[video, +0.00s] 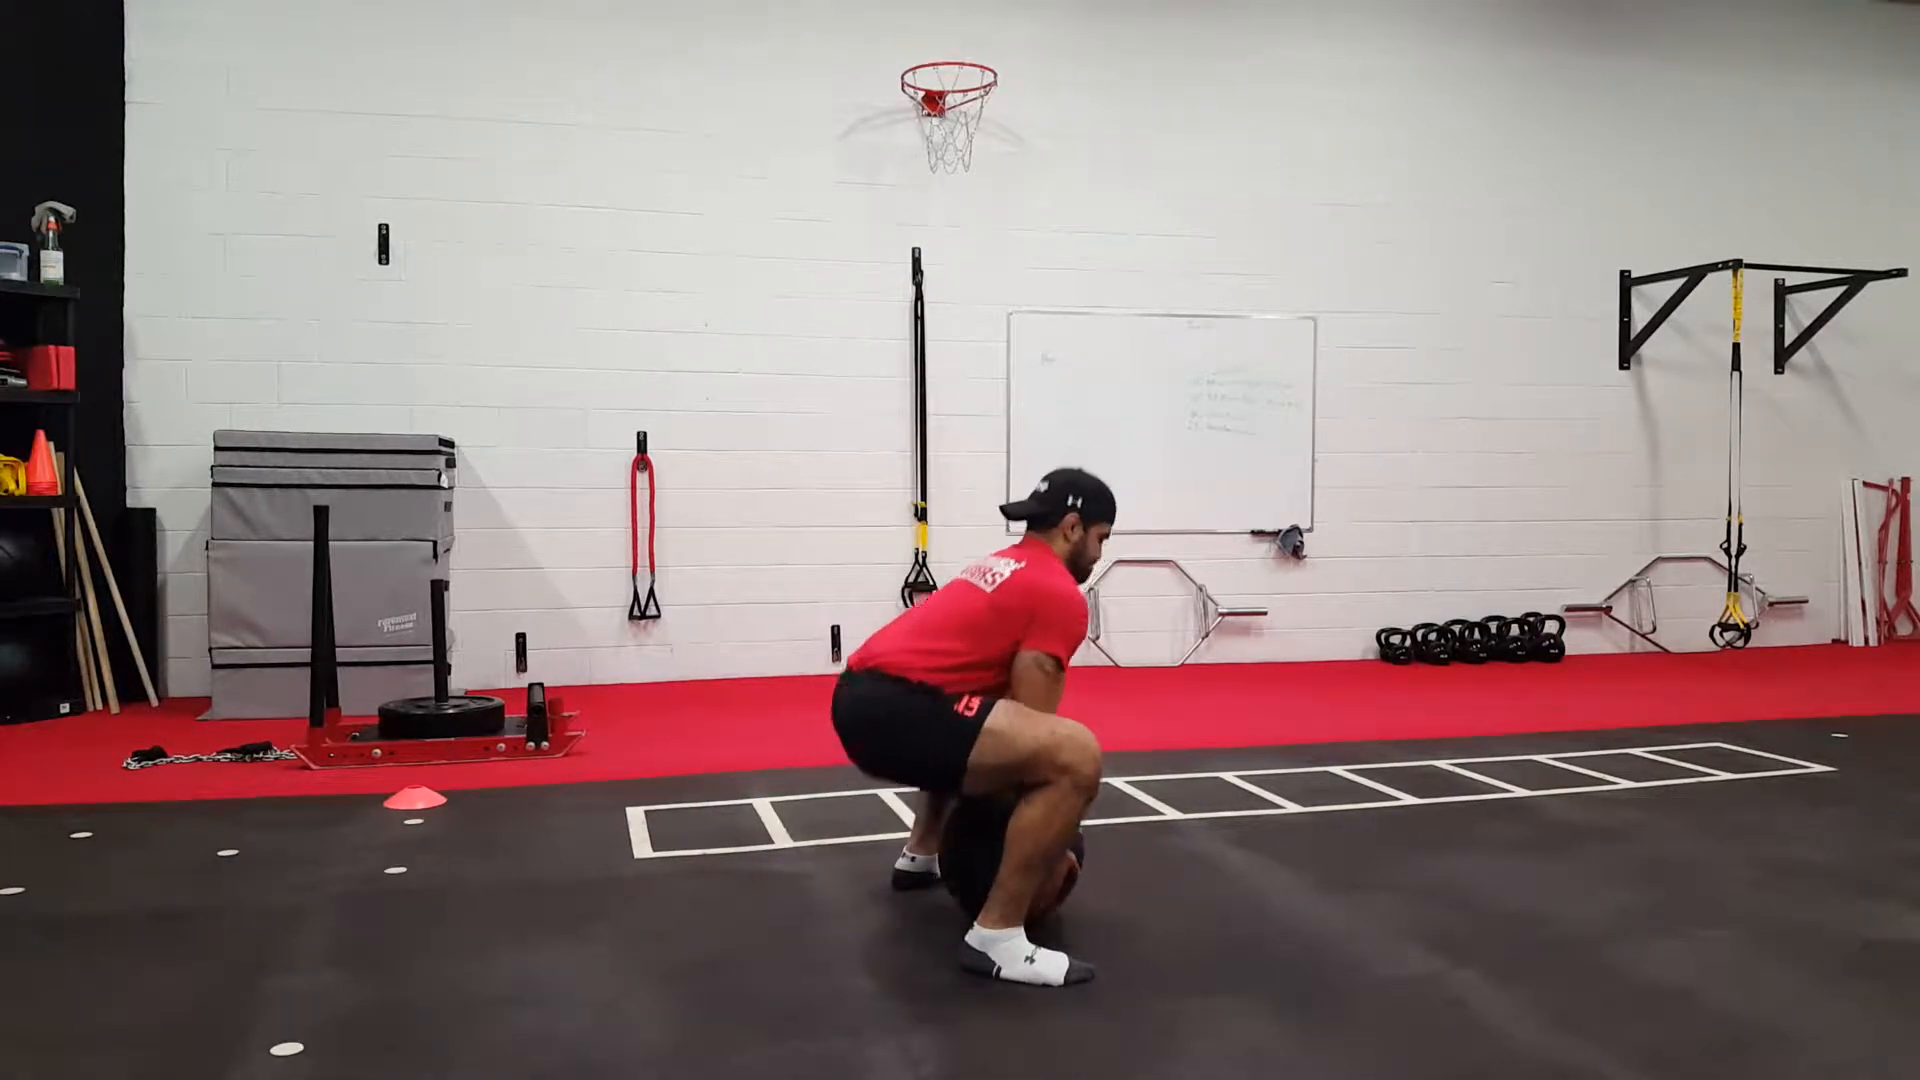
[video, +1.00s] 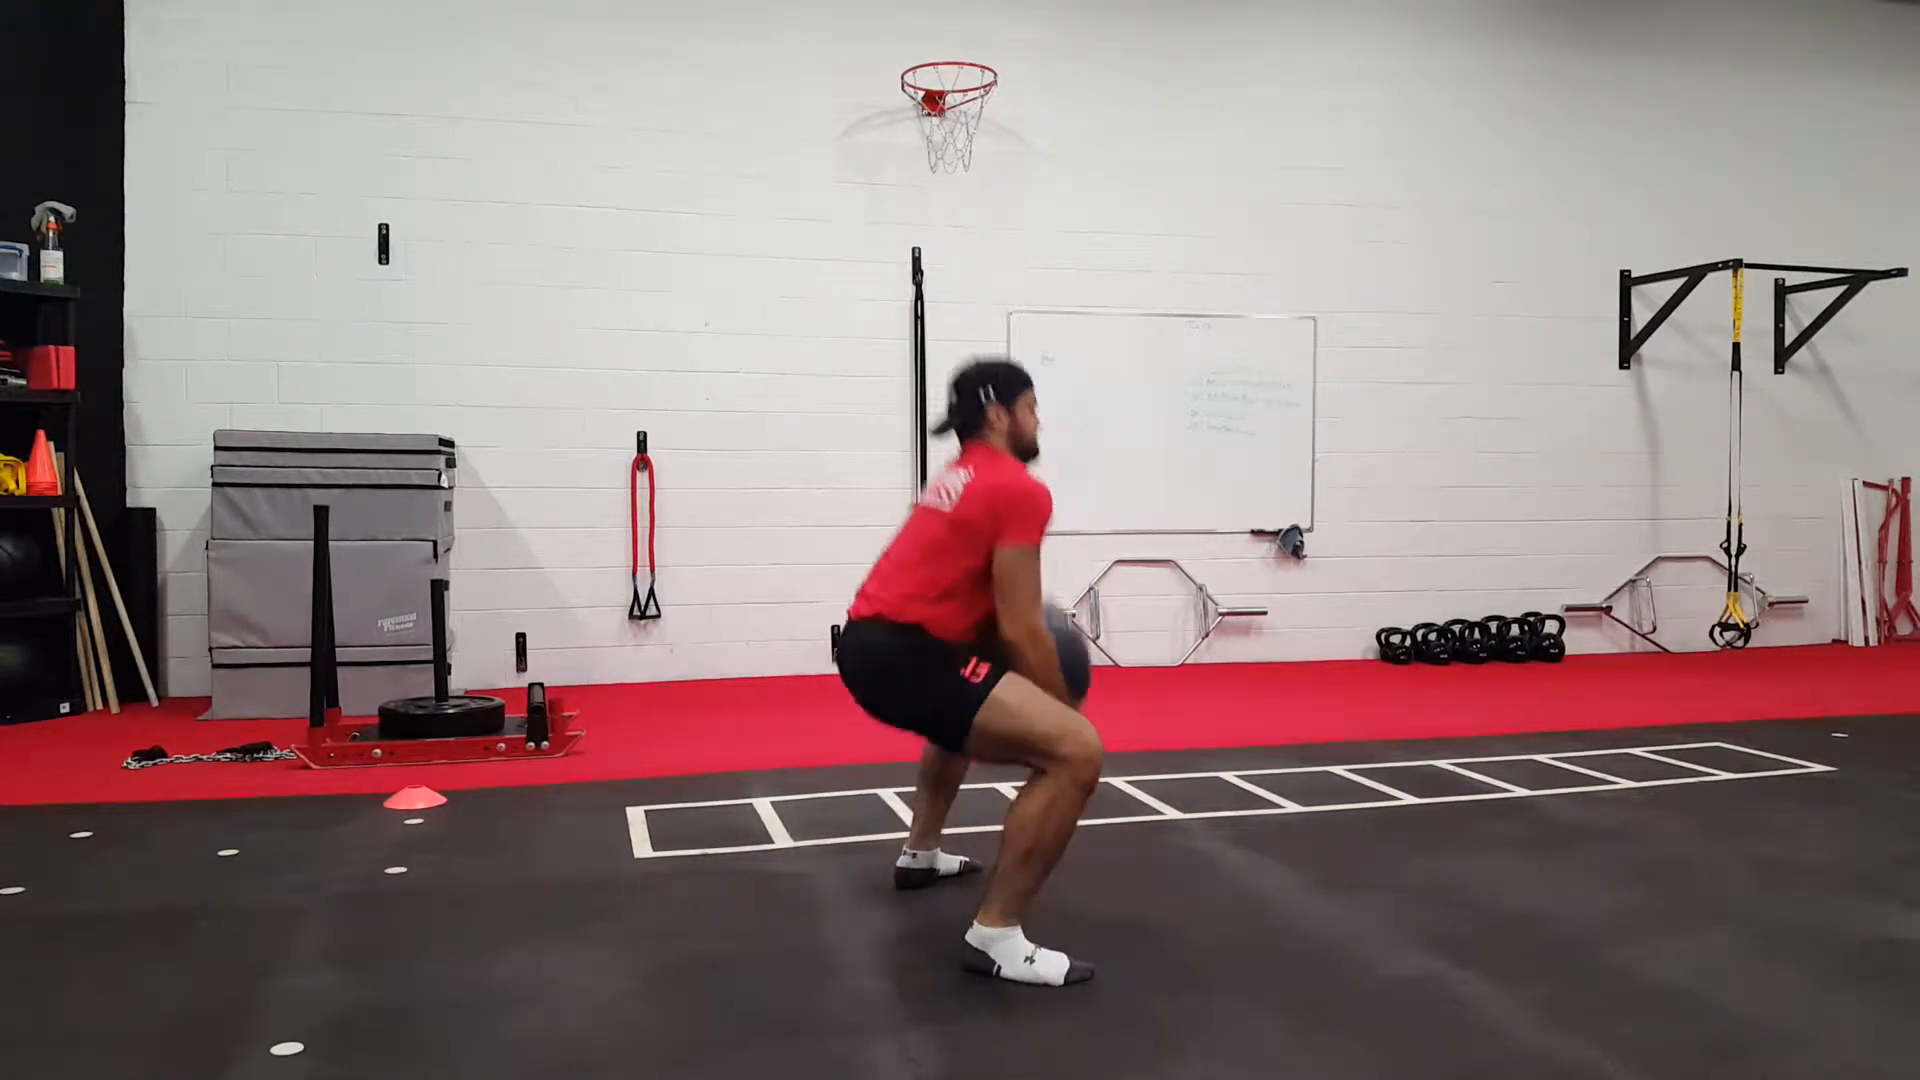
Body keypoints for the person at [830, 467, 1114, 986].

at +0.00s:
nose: (1101, 552)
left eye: (1105, 540)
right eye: (1102, 537)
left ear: (1054, 525)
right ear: (1072, 528)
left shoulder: (1006, 562)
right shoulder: (1057, 593)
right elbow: (1033, 737)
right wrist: (1055, 845)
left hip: (863, 698)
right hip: (897, 712)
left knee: (980, 716)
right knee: (1074, 757)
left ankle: (923, 851)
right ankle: (996, 934)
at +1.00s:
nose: (1038, 420)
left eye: (1035, 407)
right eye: (1031, 408)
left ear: (985, 417)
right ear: (998, 415)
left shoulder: (957, 474)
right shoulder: (1017, 490)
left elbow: (969, 611)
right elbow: (1021, 627)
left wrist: (1033, 659)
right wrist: (1060, 714)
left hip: (866, 641)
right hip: (905, 652)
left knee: (980, 698)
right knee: (1076, 755)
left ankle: (922, 849)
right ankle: (997, 931)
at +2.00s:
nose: (1010, 473)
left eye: (1005, 461)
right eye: (1000, 463)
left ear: (962, 483)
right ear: (969, 480)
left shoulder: (932, 544)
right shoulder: (985, 568)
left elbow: (975, 658)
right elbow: (1067, 697)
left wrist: (1078, 688)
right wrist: (1109, 708)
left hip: (876, 720)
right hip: (914, 730)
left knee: (995, 707)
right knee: (1096, 758)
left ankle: (925, 850)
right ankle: (1011, 929)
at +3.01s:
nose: (964, 273)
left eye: (956, 263)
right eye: (946, 268)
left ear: (927, 298)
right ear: (919, 297)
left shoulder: (925, 367)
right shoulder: (978, 347)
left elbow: (1029, 359)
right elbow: (1102, 363)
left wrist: (1048, 275)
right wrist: (1127, 274)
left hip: (974, 537)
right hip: (1019, 528)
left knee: (1006, 704)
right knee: (1080, 712)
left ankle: (927, 844)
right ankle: (1034, 895)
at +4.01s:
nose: (936, 315)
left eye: (944, 298)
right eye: (927, 304)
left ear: (986, 283)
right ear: (929, 306)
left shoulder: (1060, 338)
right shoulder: (945, 393)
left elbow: (1118, 426)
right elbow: (932, 500)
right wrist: (894, 600)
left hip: (1072, 548)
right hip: (990, 553)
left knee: (1110, 727)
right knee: (930, 706)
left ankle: (1143, 853)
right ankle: (915, 877)